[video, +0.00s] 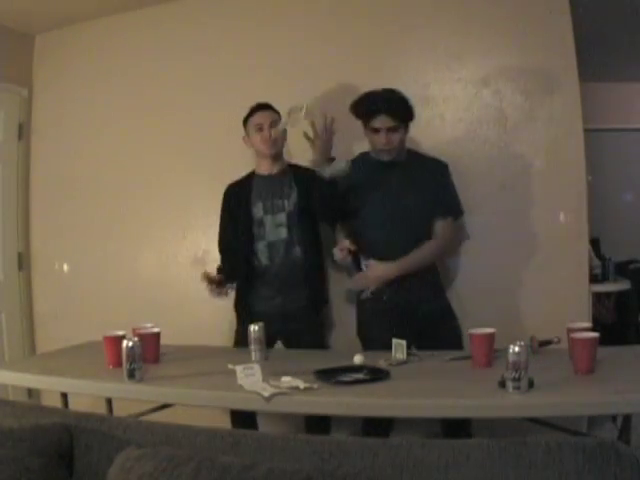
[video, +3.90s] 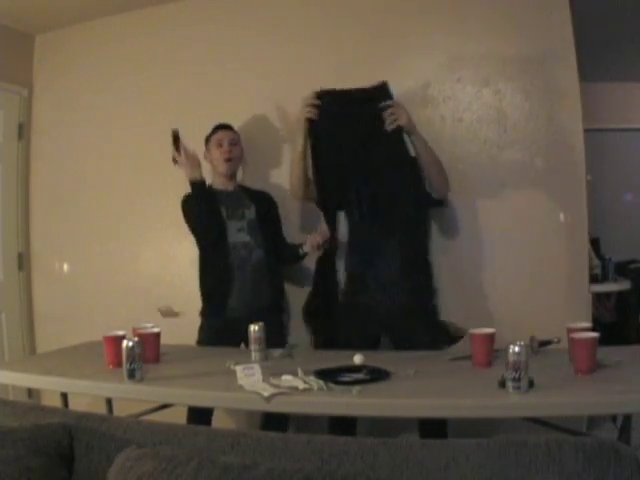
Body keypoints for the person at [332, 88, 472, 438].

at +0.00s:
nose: (385, 140)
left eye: (393, 130)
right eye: (376, 131)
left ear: (406, 129)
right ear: (365, 131)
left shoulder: (432, 171)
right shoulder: (352, 176)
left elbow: (447, 238)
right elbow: (343, 227)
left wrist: (388, 270)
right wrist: (343, 247)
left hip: (426, 295)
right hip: (376, 299)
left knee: (451, 385)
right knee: (378, 393)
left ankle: (463, 471)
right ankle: (372, 474)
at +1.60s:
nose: (362, 147)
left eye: (370, 137)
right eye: (354, 139)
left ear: (389, 134)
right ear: (348, 140)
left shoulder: (421, 172)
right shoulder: (349, 177)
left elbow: (419, 244)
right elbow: (344, 247)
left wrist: (373, 212)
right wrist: (336, 217)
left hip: (425, 292)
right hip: (376, 294)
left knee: (452, 377)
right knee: (376, 384)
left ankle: (453, 465)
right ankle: (370, 470)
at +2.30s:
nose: (366, 140)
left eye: (373, 130)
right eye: (359, 133)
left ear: (392, 134)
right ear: (353, 142)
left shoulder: (425, 170)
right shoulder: (358, 180)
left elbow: (424, 235)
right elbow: (324, 212)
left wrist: (382, 196)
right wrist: (332, 157)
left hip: (434, 291)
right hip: (386, 295)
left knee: (457, 377)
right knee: (379, 383)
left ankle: (456, 466)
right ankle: (369, 469)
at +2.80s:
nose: (379, 132)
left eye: (387, 125)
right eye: (372, 126)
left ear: (406, 130)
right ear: (366, 133)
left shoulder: (433, 165)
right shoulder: (365, 173)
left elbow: (432, 194)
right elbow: (317, 171)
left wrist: (397, 141)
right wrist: (328, 111)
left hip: (436, 287)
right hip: (389, 289)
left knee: (450, 377)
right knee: (380, 379)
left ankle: (445, 467)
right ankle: (370, 468)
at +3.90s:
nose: (373, 140)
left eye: (378, 132)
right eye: (363, 132)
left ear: (393, 142)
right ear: (354, 142)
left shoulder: (409, 175)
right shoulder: (347, 183)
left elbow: (440, 190)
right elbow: (305, 192)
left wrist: (412, 132)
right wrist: (306, 134)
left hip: (408, 290)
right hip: (357, 293)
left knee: (427, 381)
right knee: (346, 385)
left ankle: (438, 469)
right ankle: (340, 469)